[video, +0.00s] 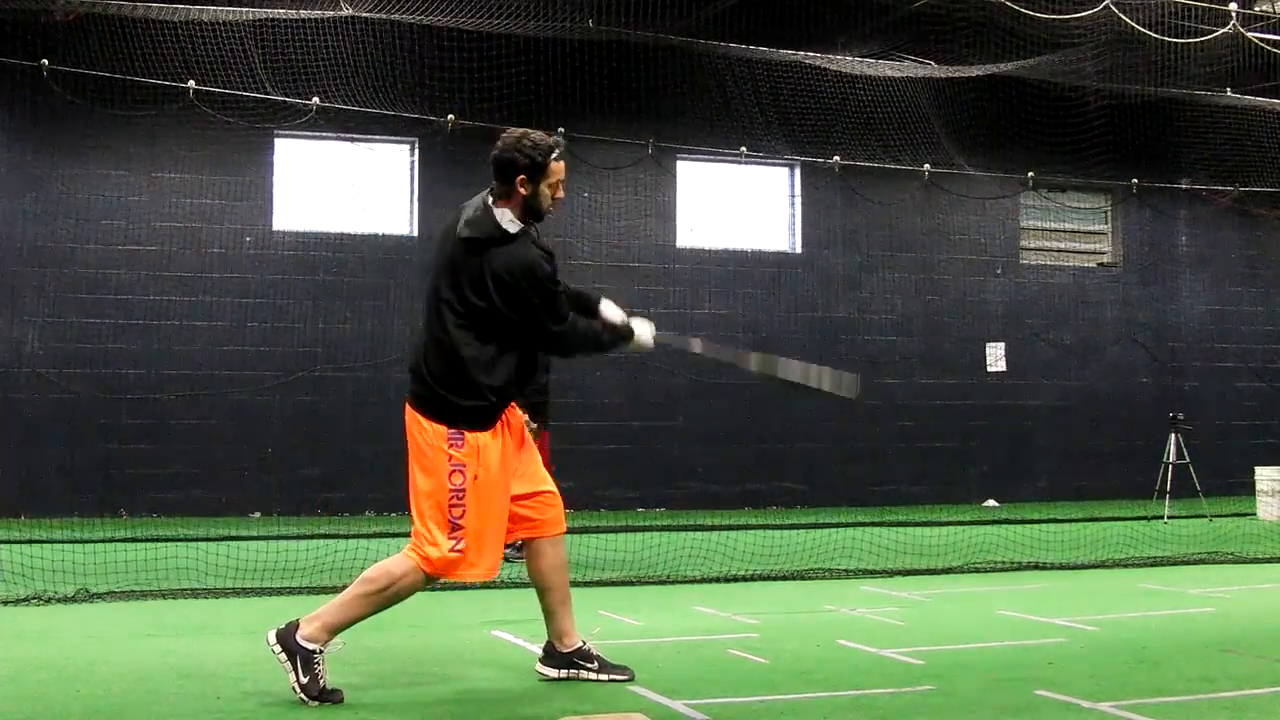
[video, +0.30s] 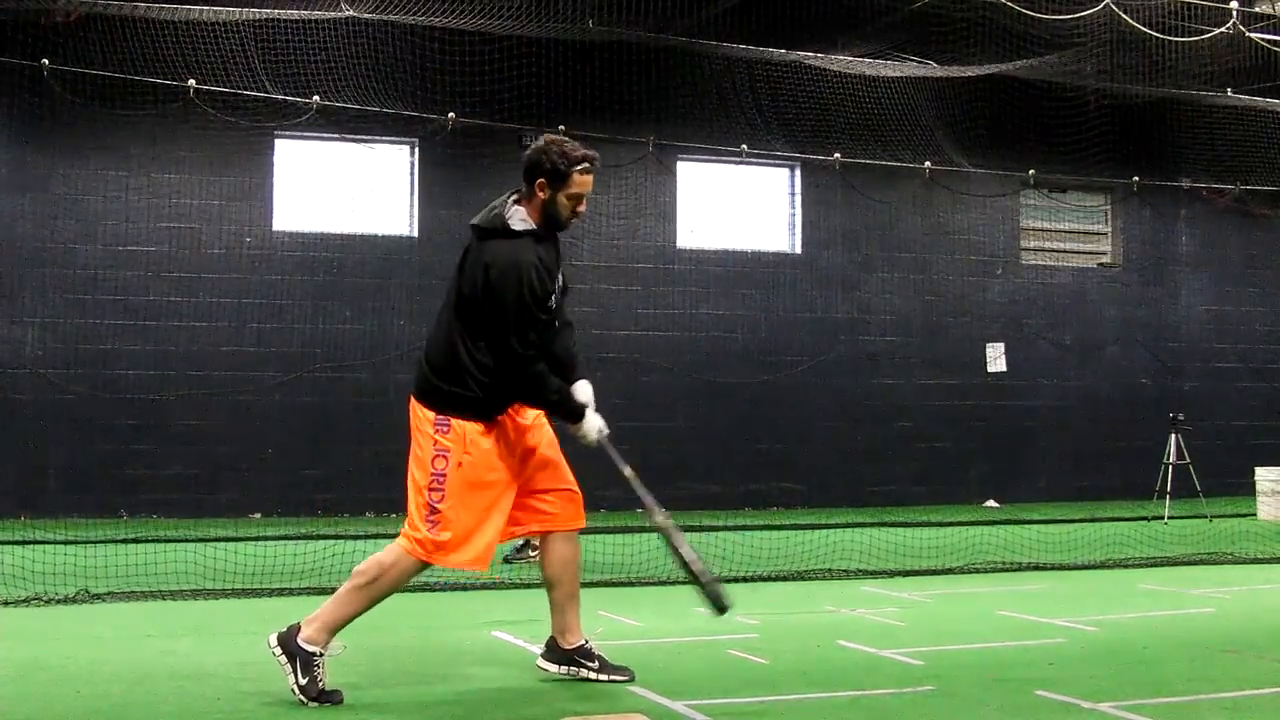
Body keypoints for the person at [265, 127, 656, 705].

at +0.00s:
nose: (562, 194)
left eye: (563, 183)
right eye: (556, 185)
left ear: (517, 183)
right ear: (523, 185)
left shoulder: (485, 215)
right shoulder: (514, 255)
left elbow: (541, 285)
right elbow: (555, 334)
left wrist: (598, 306)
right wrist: (622, 333)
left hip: (494, 410)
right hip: (451, 416)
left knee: (545, 520)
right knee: (440, 552)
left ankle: (565, 647)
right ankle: (305, 636)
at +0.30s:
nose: (584, 206)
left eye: (587, 196)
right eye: (578, 196)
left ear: (553, 188)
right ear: (543, 188)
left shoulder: (540, 231)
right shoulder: (509, 255)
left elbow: (551, 321)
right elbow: (512, 364)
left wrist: (574, 379)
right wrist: (572, 411)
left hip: (511, 404)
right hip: (453, 408)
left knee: (561, 512)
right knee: (427, 538)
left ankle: (567, 645)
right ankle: (306, 639)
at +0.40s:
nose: (590, 203)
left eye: (594, 193)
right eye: (584, 192)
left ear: (572, 185)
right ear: (548, 183)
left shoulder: (557, 229)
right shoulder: (506, 251)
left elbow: (564, 315)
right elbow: (493, 359)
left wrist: (565, 377)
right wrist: (550, 408)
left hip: (521, 401)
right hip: (458, 402)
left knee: (569, 512)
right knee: (418, 527)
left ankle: (567, 645)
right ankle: (311, 636)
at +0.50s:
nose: (592, 198)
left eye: (597, 188)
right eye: (586, 187)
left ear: (584, 182)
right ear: (551, 176)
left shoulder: (570, 230)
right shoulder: (494, 244)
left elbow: (577, 312)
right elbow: (464, 346)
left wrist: (561, 372)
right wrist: (529, 395)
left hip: (527, 398)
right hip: (457, 397)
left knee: (573, 513)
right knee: (405, 517)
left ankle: (567, 644)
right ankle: (312, 636)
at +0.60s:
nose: (583, 200)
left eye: (589, 190)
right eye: (575, 188)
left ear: (586, 183)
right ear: (543, 175)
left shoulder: (571, 231)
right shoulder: (482, 238)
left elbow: (578, 314)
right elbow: (447, 332)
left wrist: (552, 369)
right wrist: (505, 385)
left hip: (530, 400)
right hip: (452, 400)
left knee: (573, 516)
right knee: (394, 520)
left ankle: (567, 643)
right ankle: (324, 645)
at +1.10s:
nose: (447, 180)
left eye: (454, 169)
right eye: (437, 169)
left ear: (460, 166)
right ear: (405, 161)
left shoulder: (467, 223)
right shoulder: (356, 223)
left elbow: (489, 312)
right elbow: (303, 296)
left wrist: (428, 334)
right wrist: (360, 315)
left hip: (450, 398)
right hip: (369, 406)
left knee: (498, 521)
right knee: (350, 534)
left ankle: (512, 630)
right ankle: (322, 656)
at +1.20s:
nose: (469, 147)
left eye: (468, 138)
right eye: (461, 138)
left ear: (436, 146)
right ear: (426, 146)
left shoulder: (473, 199)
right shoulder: (373, 207)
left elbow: (494, 250)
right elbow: (312, 270)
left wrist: (420, 214)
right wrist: (370, 219)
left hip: (462, 391)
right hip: (384, 394)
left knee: (478, 527)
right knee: (362, 528)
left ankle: (468, 645)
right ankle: (323, 657)